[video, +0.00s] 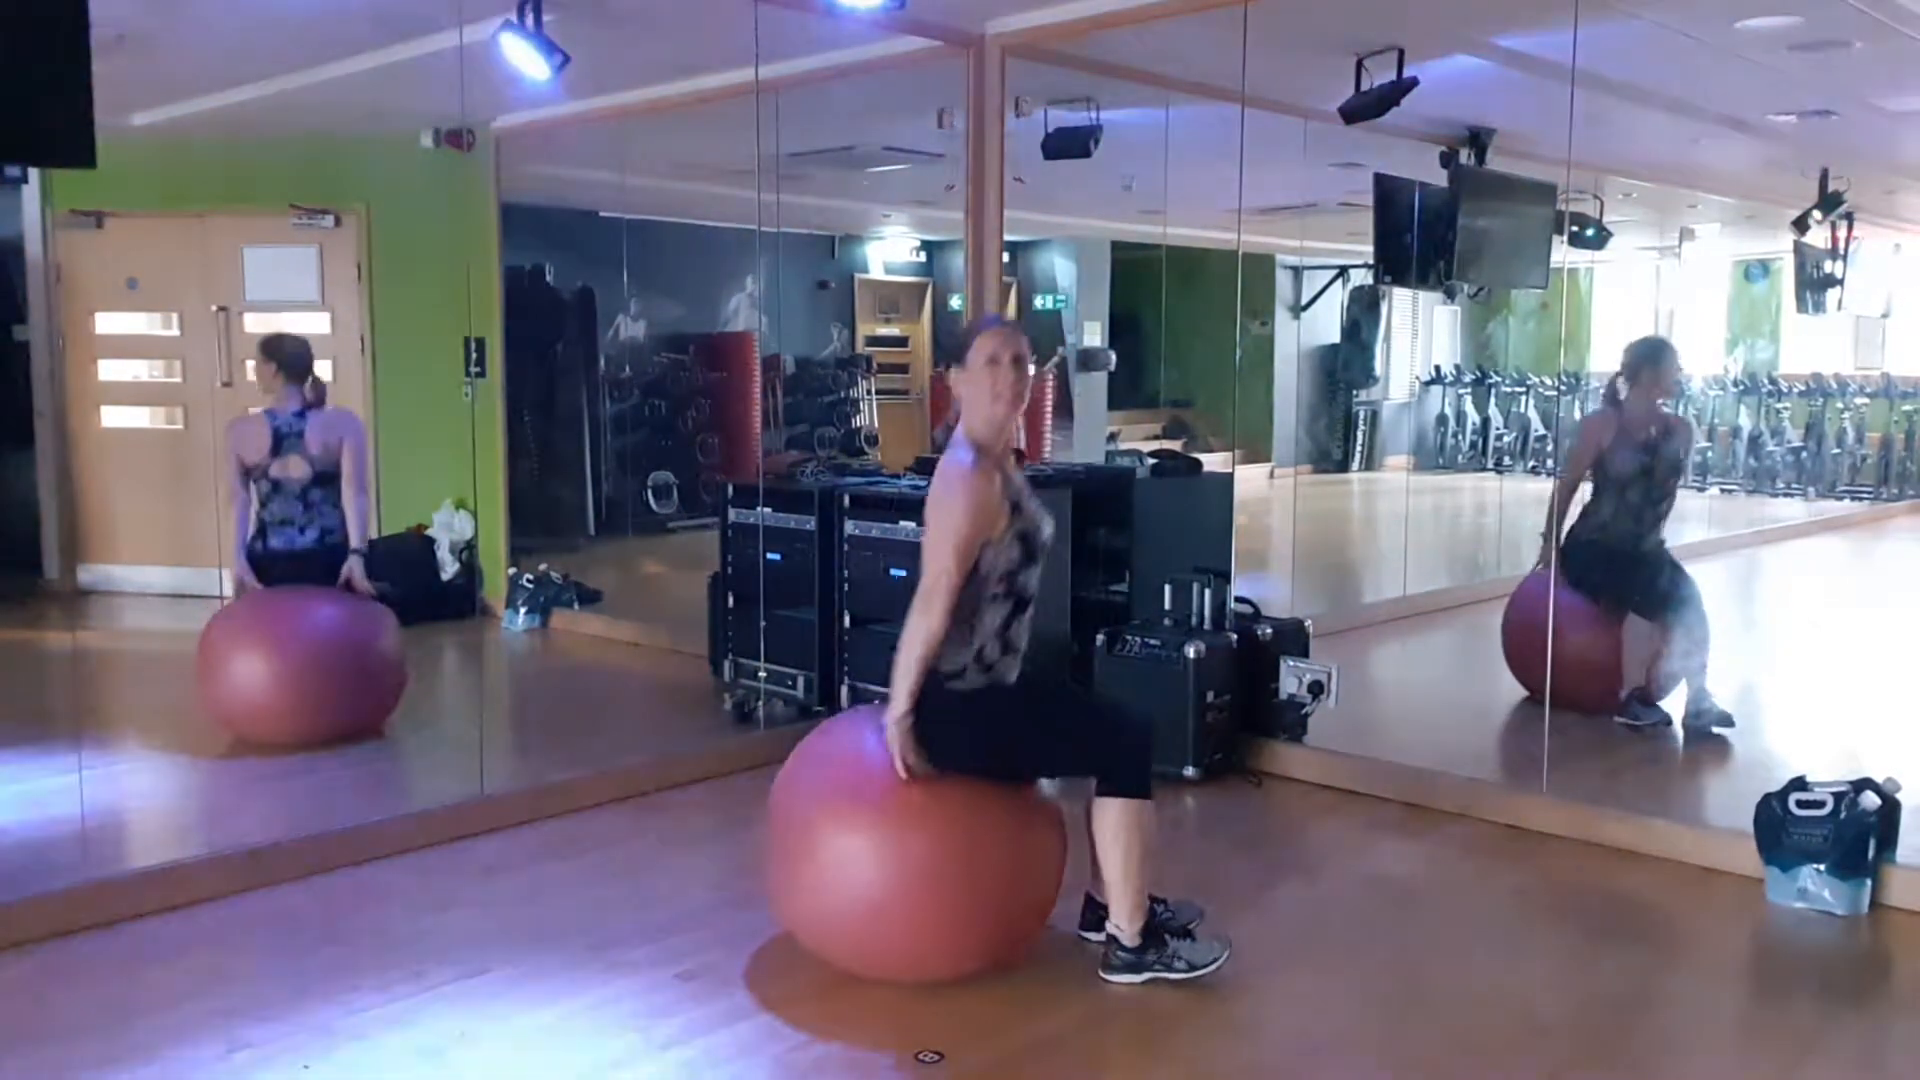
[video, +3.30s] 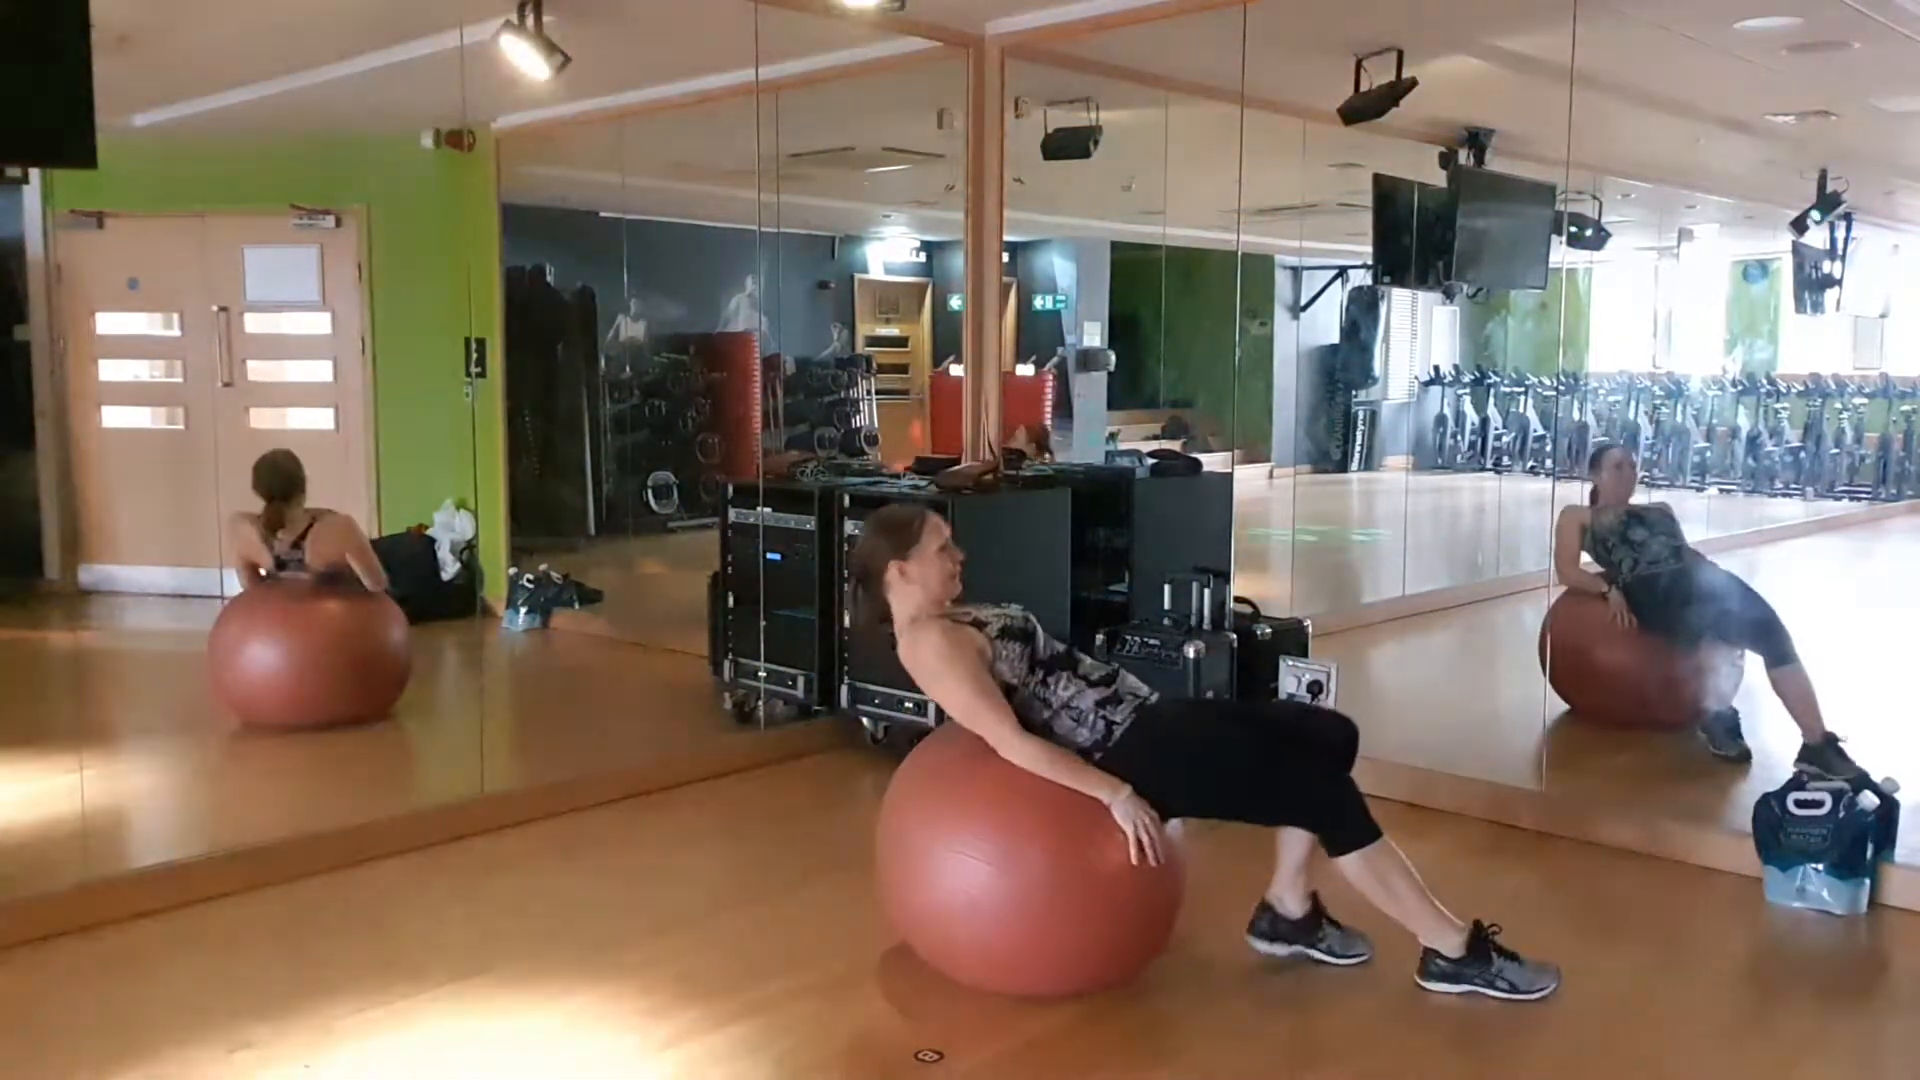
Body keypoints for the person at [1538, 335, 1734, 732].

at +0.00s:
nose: (1680, 376)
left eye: (1678, 368)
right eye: (1672, 369)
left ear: (1660, 375)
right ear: (1644, 373)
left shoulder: (1679, 430)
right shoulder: (1601, 425)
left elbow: (1666, 493)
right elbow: (1567, 485)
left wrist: (1650, 539)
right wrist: (1550, 543)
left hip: (1645, 549)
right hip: (1593, 546)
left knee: (1689, 603)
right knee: (1650, 592)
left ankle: (1698, 701)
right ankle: (1634, 697)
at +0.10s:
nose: (1673, 393)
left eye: (1673, 386)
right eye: (1665, 386)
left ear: (1661, 390)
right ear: (1636, 386)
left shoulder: (1674, 438)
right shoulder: (1595, 437)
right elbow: (1555, 491)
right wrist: (1543, 547)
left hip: (1637, 558)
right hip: (1584, 556)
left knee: (1683, 594)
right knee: (1646, 591)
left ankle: (1698, 702)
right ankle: (1635, 697)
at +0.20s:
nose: (1669, 395)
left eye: (1670, 388)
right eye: (1663, 387)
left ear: (1653, 392)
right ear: (1636, 387)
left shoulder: (1667, 440)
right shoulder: (1589, 439)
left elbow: (1646, 496)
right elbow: (1551, 493)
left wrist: (1636, 547)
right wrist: (1538, 548)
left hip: (1633, 556)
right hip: (1582, 554)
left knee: (1676, 592)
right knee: (1638, 591)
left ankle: (1699, 701)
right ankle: (1634, 699)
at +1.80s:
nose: (1648, 394)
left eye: (1653, 386)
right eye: (1640, 385)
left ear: (1658, 389)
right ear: (1616, 383)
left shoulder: (1669, 434)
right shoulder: (1585, 433)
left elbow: (1666, 494)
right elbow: (1546, 487)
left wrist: (1660, 538)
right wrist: (1560, 547)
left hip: (1657, 547)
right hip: (1605, 550)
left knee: (1692, 588)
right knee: (1665, 590)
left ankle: (1693, 686)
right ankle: (1689, 690)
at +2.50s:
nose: (1644, 421)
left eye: (1647, 413)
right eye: (1635, 413)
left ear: (1649, 417)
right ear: (1609, 413)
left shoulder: (1665, 461)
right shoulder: (1581, 466)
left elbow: (1677, 522)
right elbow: (1557, 527)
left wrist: (1686, 559)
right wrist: (1588, 570)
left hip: (1679, 563)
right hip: (1630, 574)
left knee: (1723, 576)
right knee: (1712, 607)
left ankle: (1744, 689)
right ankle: (1715, 717)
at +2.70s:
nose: (1639, 426)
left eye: (1642, 419)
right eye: (1629, 418)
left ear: (1646, 424)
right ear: (1604, 422)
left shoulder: (1664, 465)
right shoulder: (1579, 471)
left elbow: (1682, 526)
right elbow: (1560, 535)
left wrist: (1695, 564)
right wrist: (1593, 574)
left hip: (1686, 563)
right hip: (1635, 575)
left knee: (1728, 588)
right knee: (1709, 603)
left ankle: (1791, 703)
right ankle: (1715, 714)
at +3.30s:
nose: (1629, 470)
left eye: (1631, 465)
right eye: (1618, 466)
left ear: (1636, 474)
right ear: (1596, 477)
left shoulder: (1659, 511)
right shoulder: (1579, 516)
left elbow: (1685, 553)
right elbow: (1568, 572)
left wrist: (1712, 571)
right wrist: (1608, 588)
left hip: (1696, 578)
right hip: (1653, 587)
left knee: (1768, 626)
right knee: (1721, 613)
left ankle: (1818, 744)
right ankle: (1720, 715)